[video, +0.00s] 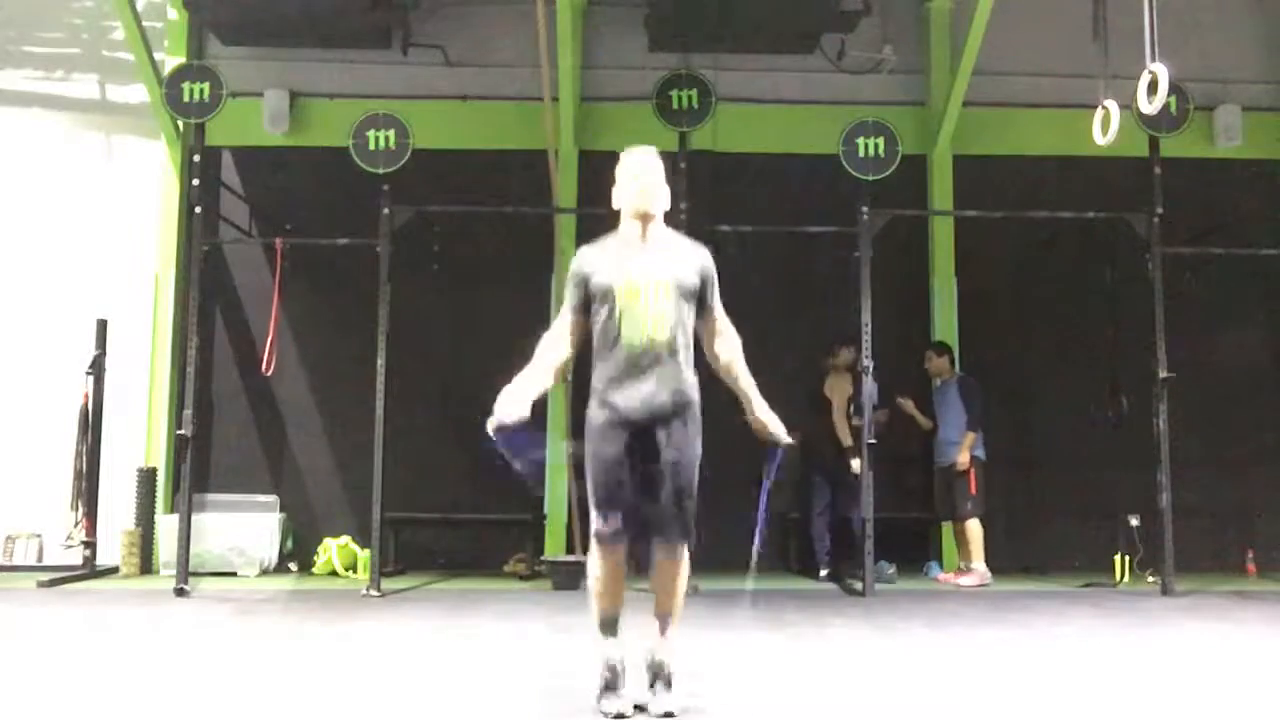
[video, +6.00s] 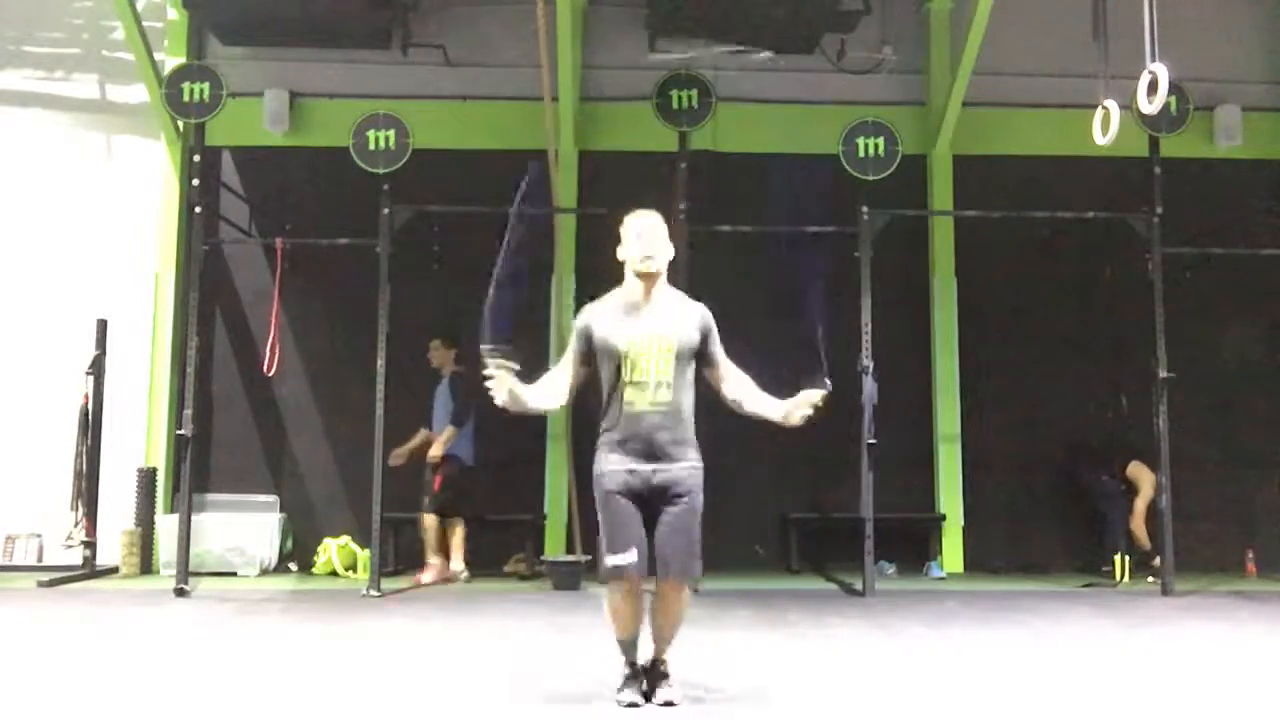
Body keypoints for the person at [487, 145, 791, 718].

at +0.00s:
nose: (644, 191)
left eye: (652, 181)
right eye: (634, 181)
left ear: (666, 190)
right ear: (616, 191)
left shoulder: (695, 259)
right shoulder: (590, 260)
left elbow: (720, 340)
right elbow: (563, 339)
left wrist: (756, 405)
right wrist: (521, 392)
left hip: (675, 410)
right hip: (610, 410)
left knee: (672, 533)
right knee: (608, 532)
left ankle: (662, 654)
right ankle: (608, 654)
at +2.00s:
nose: (642, 201)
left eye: (650, 191)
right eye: (632, 191)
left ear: (663, 202)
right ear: (612, 202)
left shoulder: (685, 269)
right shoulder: (582, 269)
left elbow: (704, 339)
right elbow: (554, 338)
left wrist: (752, 378)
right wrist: (496, 360)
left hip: (670, 421)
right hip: (603, 422)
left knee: (661, 546)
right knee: (606, 542)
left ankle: (644, 663)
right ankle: (604, 653)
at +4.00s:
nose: (648, 154)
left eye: (655, 147)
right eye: (637, 146)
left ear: (670, 159)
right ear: (619, 158)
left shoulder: (696, 224)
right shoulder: (593, 228)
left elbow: (727, 293)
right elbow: (571, 296)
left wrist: (764, 350)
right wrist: (544, 344)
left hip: (678, 364)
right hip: (616, 366)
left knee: (676, 477)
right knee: (618, 475)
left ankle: (662, 595)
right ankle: (623, 595)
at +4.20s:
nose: (649, 203)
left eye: (656, 194)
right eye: (639, 194)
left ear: (670, 205)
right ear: (620, 205)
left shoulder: (693, 269)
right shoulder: (592, 269)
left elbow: (714, 335)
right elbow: (562, 336)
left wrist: (764, 381)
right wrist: (505, 367)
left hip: (681, 416)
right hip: (617, 417)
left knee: (677, 532)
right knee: (624, 531)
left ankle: (660, 637)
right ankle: (619, 631)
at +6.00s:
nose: (648, 248)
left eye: (656, 239)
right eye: (638, 238)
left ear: (670, 248)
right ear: (621, 249)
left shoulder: (695, 315)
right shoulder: (594, 317)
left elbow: (728, 380)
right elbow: (561, 384)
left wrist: (781, 409)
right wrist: (521, 394)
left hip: (680, 461)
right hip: (617, 460)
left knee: (676, 573)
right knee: (625, 570)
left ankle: (659, 666)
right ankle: (630, 668)